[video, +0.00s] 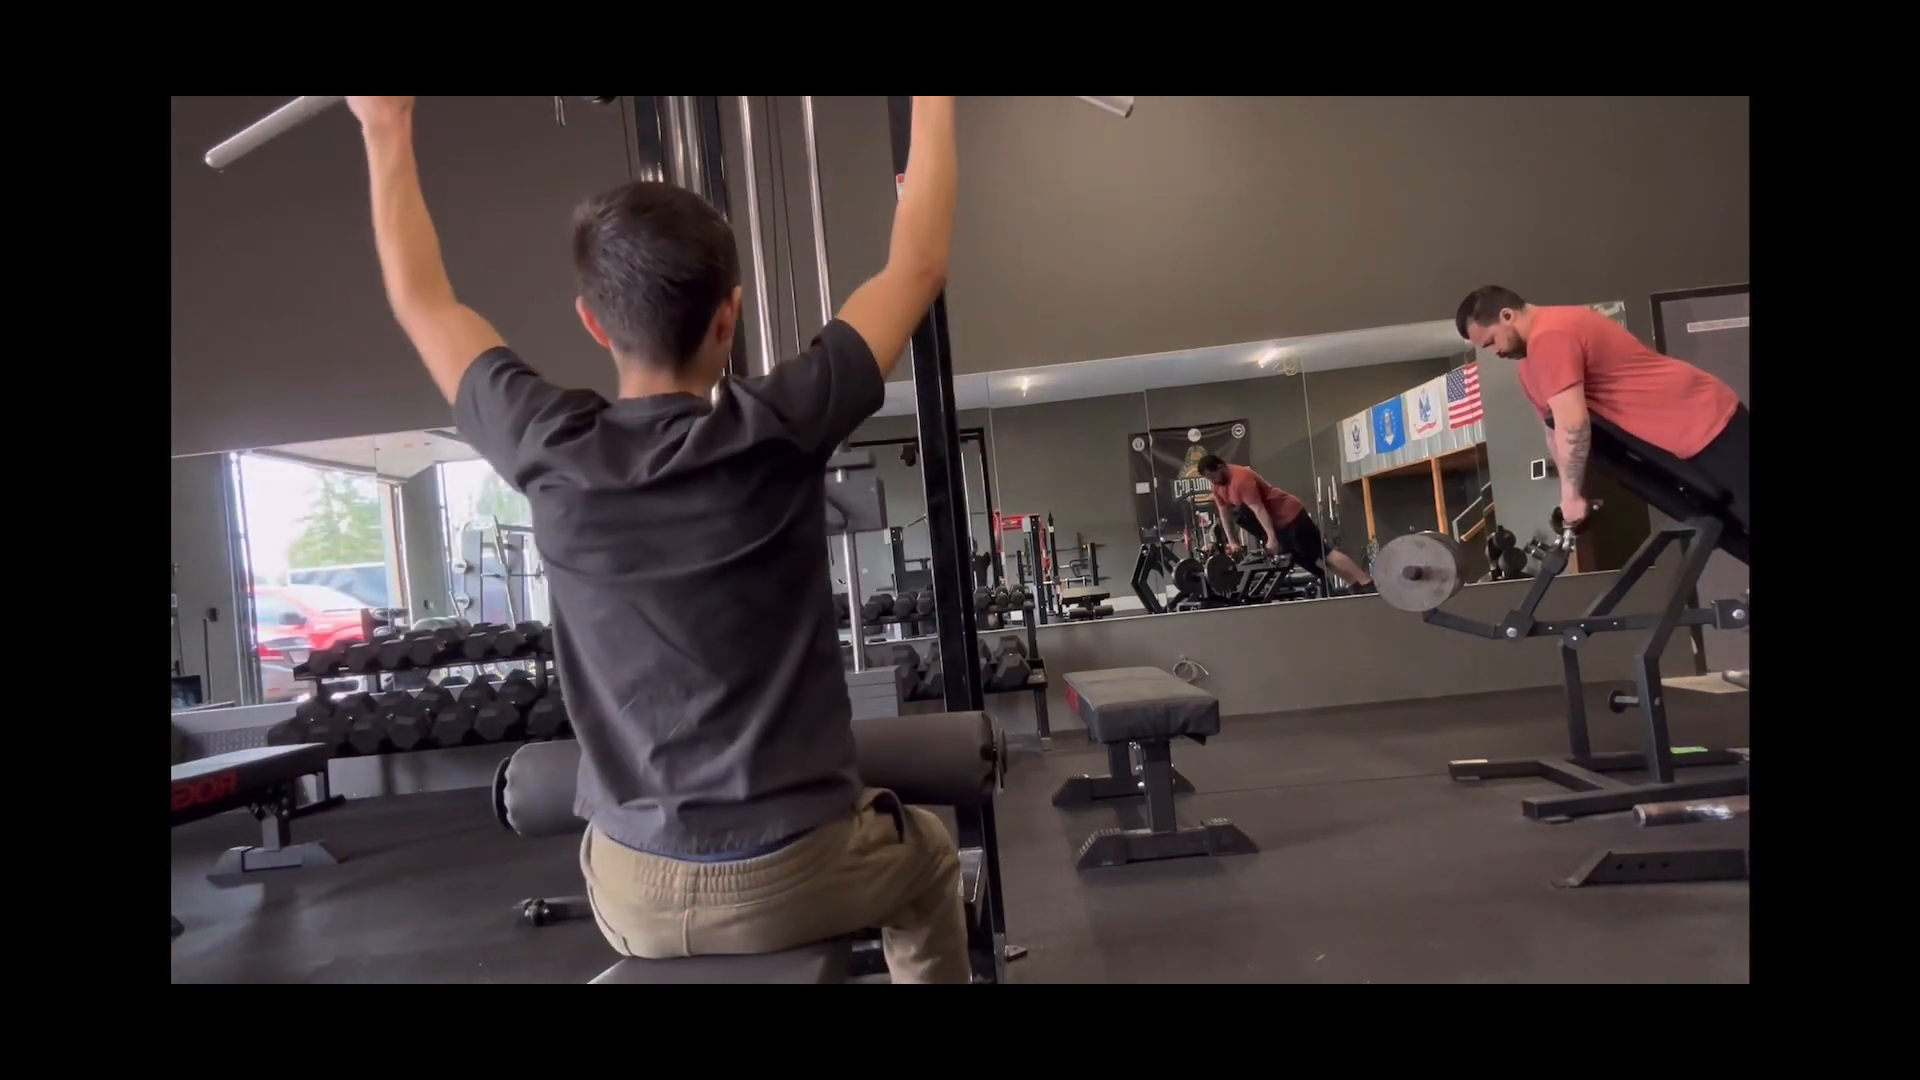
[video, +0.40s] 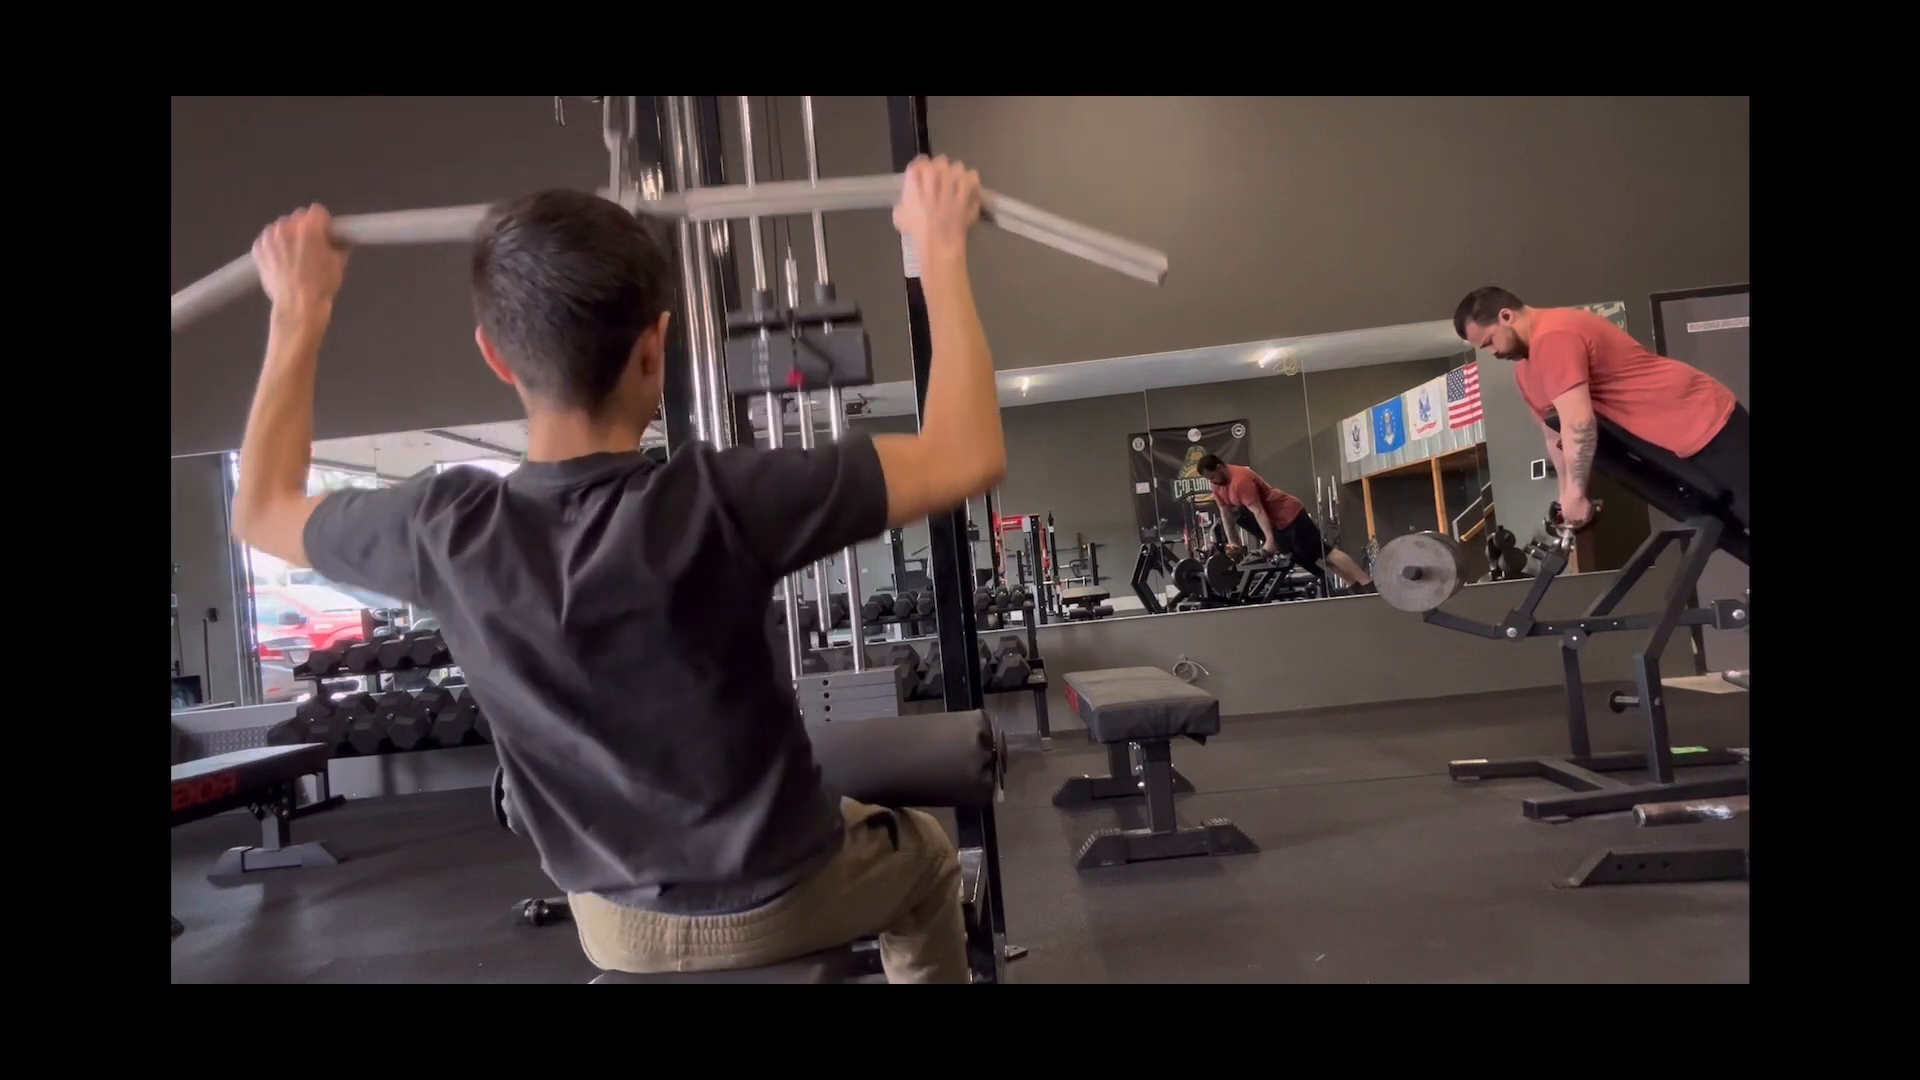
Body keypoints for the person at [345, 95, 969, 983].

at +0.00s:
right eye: (738, 294)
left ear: (592, 323)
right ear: (729, 316)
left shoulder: (552, 446)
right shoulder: (780, 423)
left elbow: (422, 300)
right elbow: (916, 269)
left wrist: (385, 133)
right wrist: (935, 101)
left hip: (630, 889)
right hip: (794, 881)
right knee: (923, 854)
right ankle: (936, 979)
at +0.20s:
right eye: (700, 300)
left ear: (535, 330)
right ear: (692, 319)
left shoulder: (495, 471)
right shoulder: (753, 445)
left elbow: (330, 367)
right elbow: (938, 329)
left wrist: (333, 179)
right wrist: (936, 136)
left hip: (618, 906)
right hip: (783, 897)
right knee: (924, 856)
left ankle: (637, 974)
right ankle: (934, 980)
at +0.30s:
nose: (680, 330)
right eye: (681, 310)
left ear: (510, 343)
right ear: (668, 331)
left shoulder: (470, 503)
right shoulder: (739, 472)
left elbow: (290, 427)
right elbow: (954, 382)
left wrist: (307, 233)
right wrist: (937, 180)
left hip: (616, 915)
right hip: (780, 900)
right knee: (924, 858)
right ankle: (931, 980)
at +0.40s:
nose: (671, 347)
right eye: (670, 328)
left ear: (493, 357)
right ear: (652, 345)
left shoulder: (446, 528)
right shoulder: (724, 497)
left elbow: (263, 513)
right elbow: (967, 455)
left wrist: (296, 312)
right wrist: (943, 255)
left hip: (610, 927)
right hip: (777, 912)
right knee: (922, 857)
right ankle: (931, 980)